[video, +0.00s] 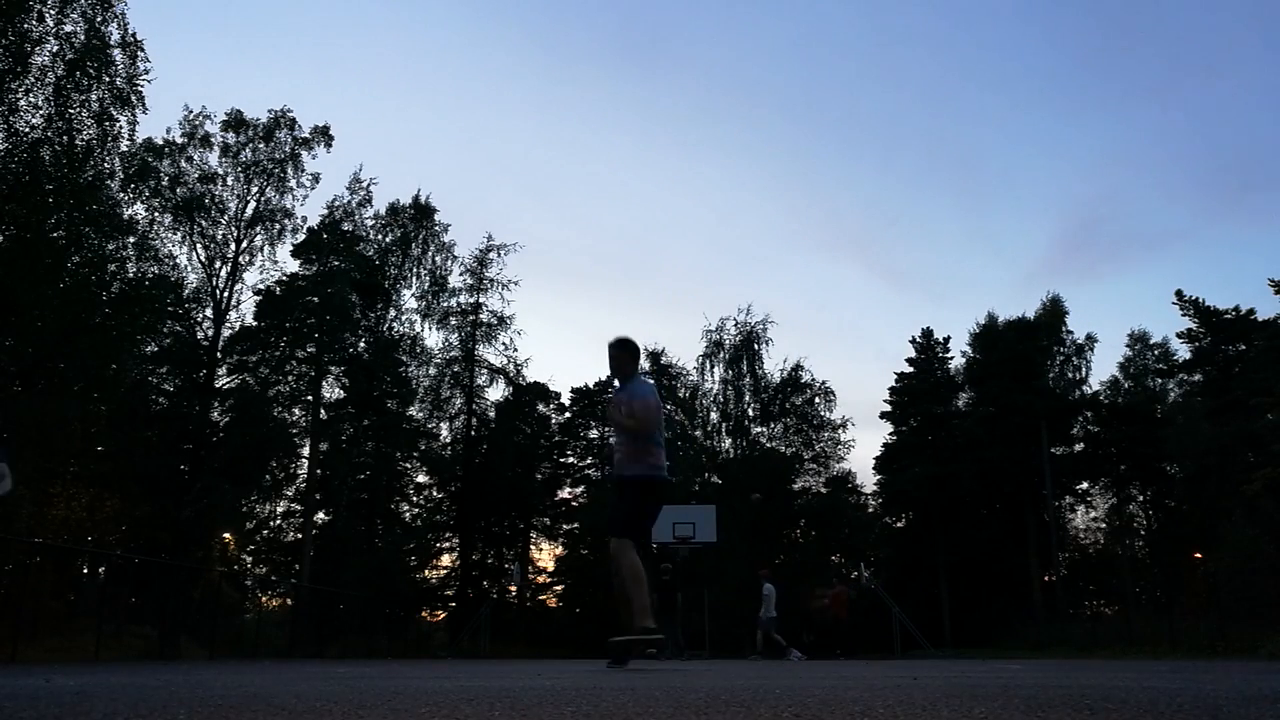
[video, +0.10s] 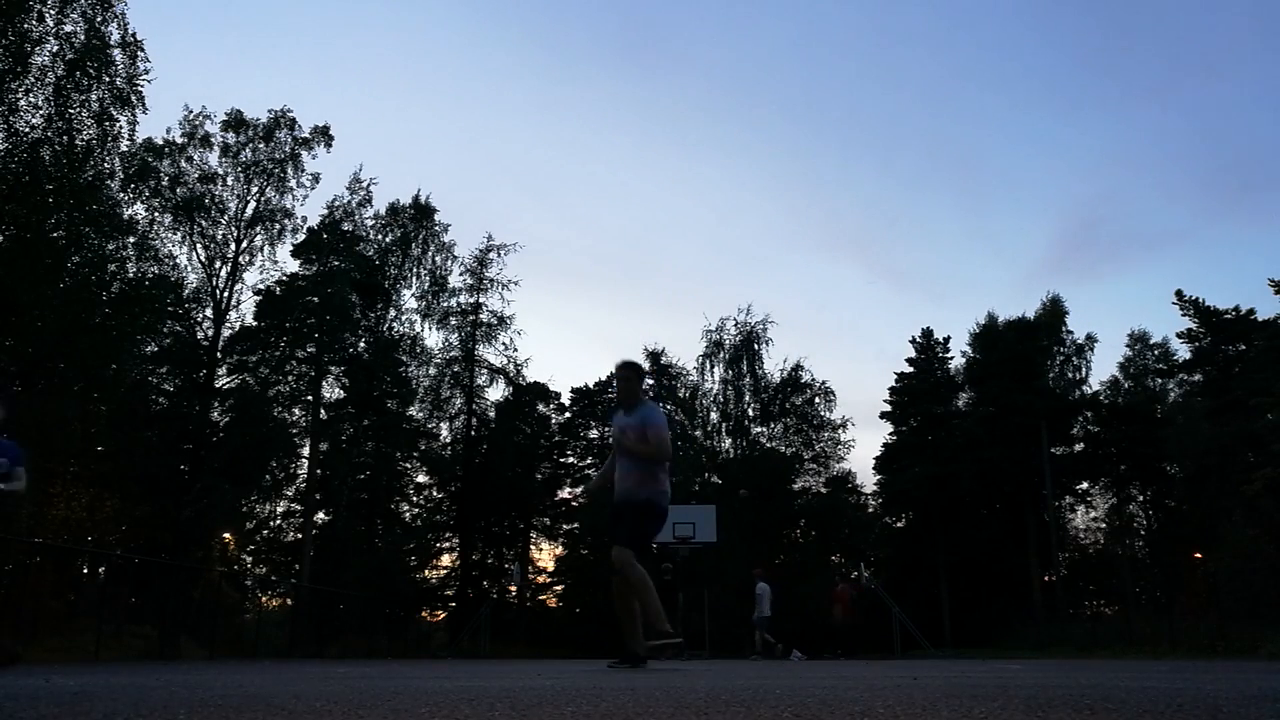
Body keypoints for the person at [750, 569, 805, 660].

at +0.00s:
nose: (761, 580)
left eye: (761, 578)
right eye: (762, 578)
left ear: (762, 578)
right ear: (768, 578)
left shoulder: (766, 588)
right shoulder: (771, 587)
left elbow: (765, 603)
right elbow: (769, 602)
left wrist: (762, 613)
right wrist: (767, 612)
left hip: (766, 615)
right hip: (772, 615)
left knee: (760, 633)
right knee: (773, 634)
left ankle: (759, 653)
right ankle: (787, 649)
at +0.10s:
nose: (755, 579)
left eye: (755, 577)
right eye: (756, 577)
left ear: (756, 578)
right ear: (762, 577)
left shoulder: (759, 587)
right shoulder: (766, 587)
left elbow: (758, 603)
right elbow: (769, 600)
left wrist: (756, 613)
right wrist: (767, 610)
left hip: (760, 614)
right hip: (767, 613)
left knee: (759, 633)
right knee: (763, 632)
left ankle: (758, 652)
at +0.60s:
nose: (732, 582)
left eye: (732, 580)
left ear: (732, 581)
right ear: (739, 581)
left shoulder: (731, 589)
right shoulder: (743, 590)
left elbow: (727, 601)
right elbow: (748, 601)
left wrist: (721, 612)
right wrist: (747, 613)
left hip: (733, 616)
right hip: (741, 616)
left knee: (735, 633)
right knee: (735, 633)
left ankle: (749, 647)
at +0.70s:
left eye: (728, 579)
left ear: (728, 580)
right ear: (735, 580)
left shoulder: (727, 589)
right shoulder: (738, 589)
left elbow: (724, 600)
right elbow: (742, 600)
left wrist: (719, 610)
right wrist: (741, 610)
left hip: (728, 615)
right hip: (737, 614)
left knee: (726, 632)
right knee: (733, 632)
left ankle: (738, 643)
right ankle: (729, 653)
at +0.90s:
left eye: (720, 580)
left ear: (719, 580)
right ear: (726, 580)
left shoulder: (718, 589)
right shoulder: (729, 589)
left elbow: (716, 601)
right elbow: (732, 599)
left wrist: (714, 611)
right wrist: (731, 609)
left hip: (719, 614)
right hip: (729, 614)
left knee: (716, 632)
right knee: (729, 633)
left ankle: (717, 651)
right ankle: (729, 651)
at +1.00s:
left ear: (715, 582)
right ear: (722, 582)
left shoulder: (713, 590)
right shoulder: (725, 591)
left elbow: (711, 603)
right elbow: (728, 601)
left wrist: (710, 613)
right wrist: (726, 610)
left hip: (715, 615)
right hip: (725, 615)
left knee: (711, 632)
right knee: (726, 633)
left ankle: (709, 651)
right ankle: (728, 651)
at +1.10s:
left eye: (709, 583)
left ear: (709, 584)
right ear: (716, 584)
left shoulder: (708, 592)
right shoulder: (720, 592)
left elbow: (707, 605)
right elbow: (722, 603)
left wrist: (706, 615)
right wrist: (721, 612)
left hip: (711, 617)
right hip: (721, 616)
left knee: (707, 634)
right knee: (723, 634)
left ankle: (706, 651)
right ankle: (727, 651)